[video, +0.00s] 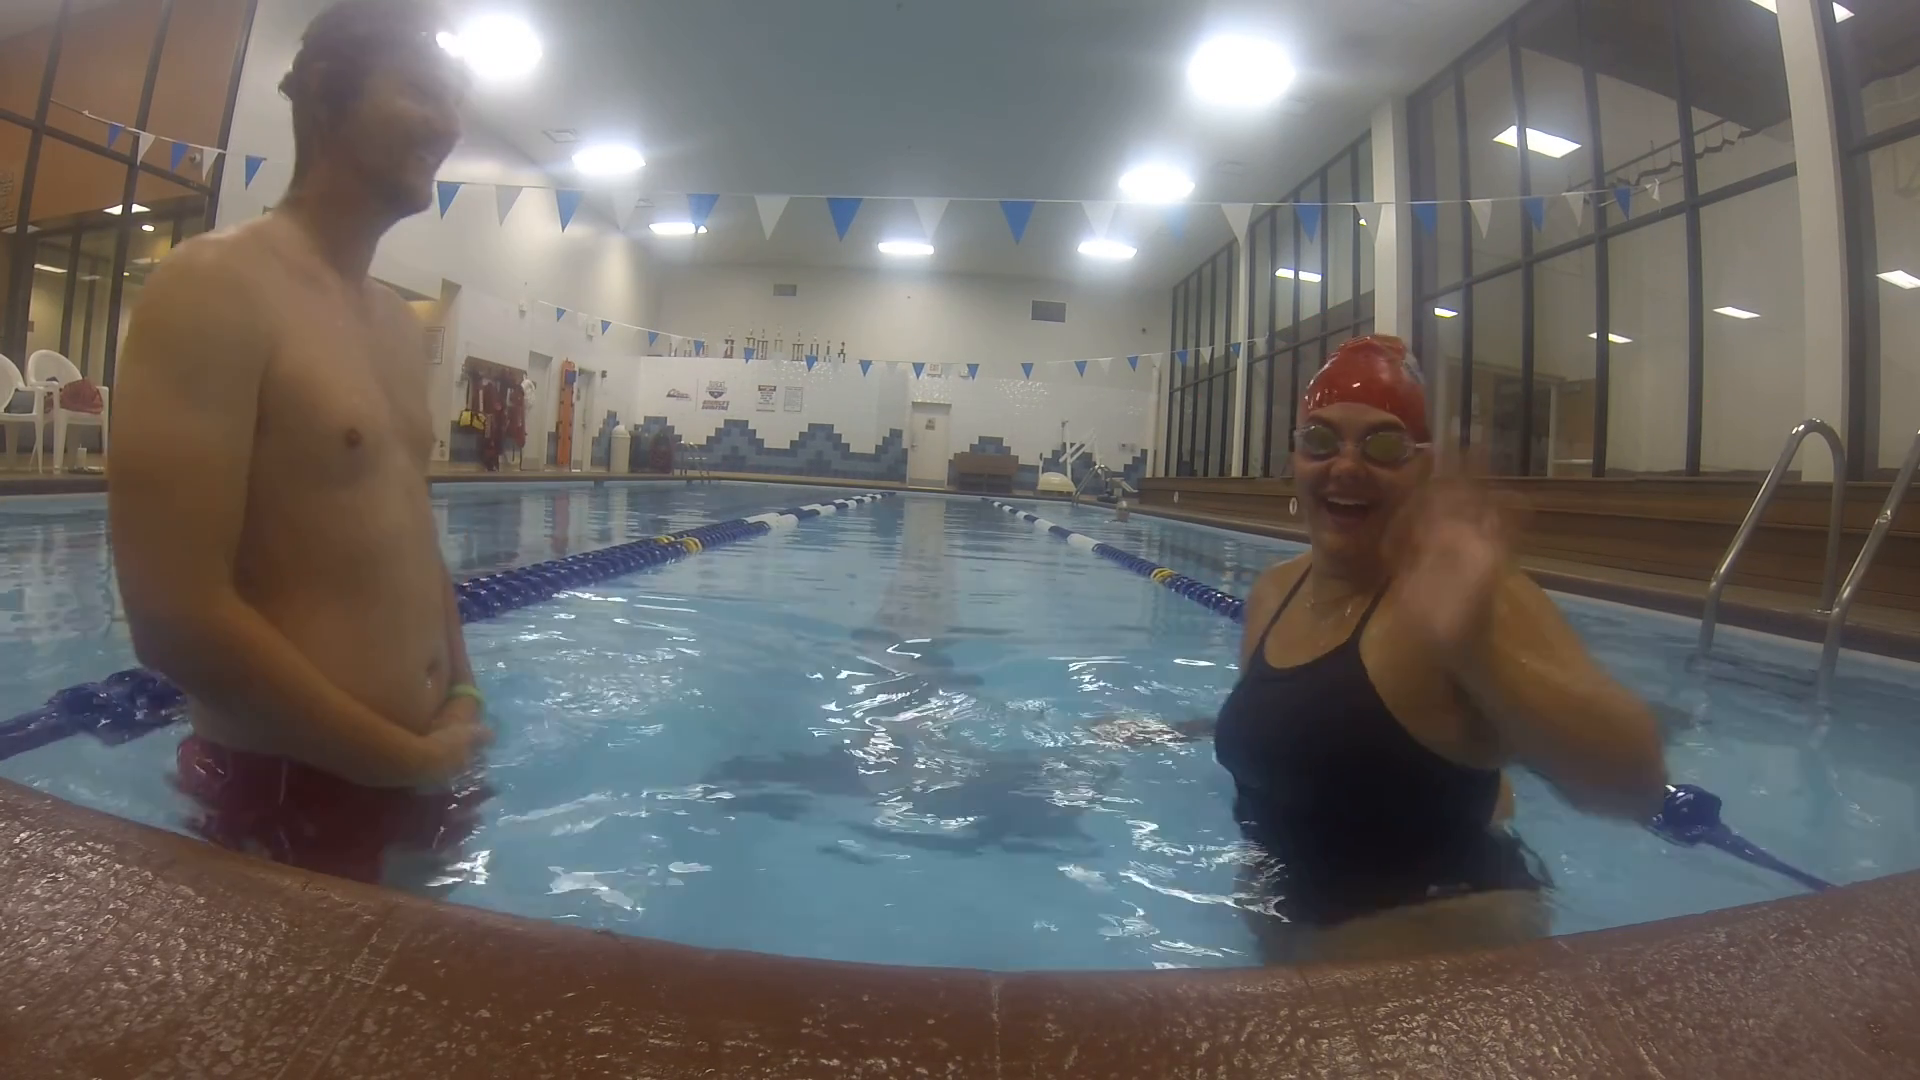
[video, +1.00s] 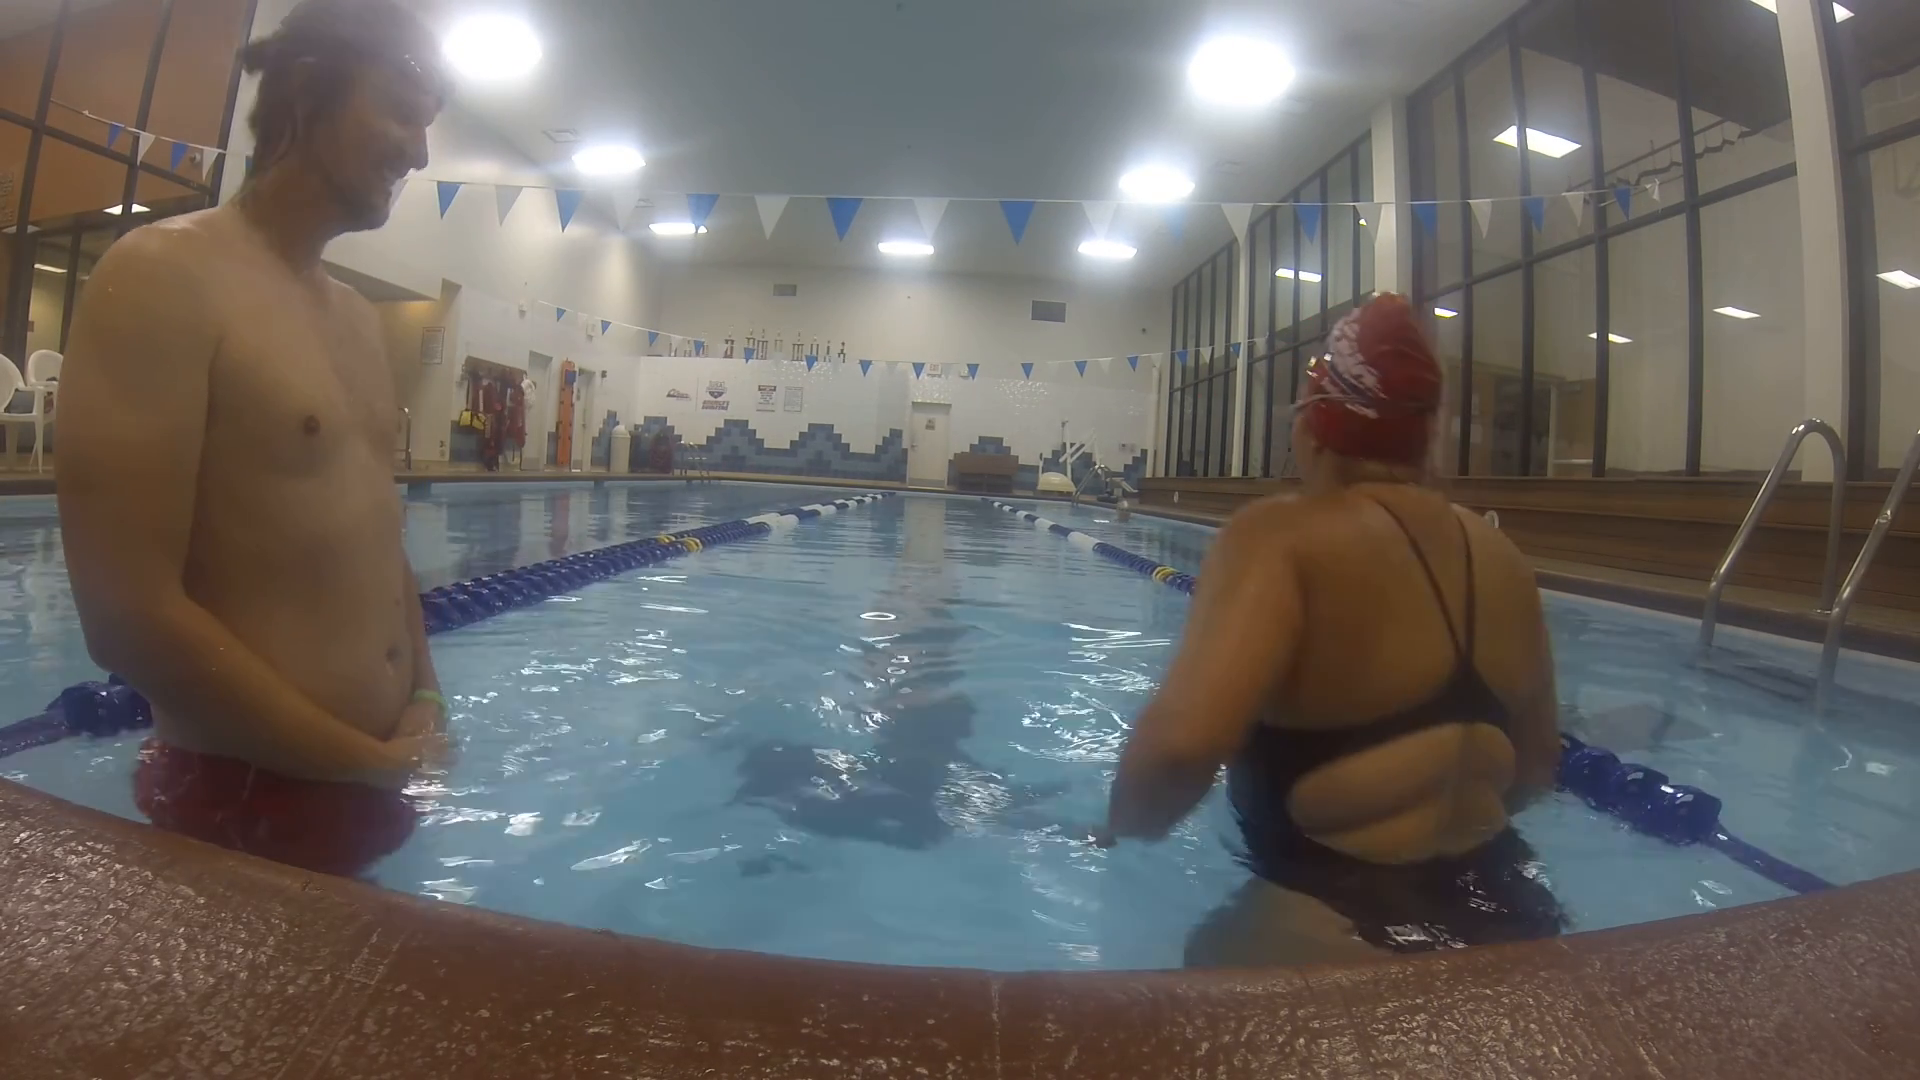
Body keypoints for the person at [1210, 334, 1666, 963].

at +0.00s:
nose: (1345, 468)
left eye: (1383, 446)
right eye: (1320, 442)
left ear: (1428, 468)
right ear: (1294, 459)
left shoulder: (1469, 595)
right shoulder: (1276, 593)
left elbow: (1634, 783)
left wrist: (1476, 650)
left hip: (1446, 955)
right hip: (1299, 943)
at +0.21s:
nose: (1300, 467)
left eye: (1339, 443)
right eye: (1293, 442)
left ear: (1420, 470)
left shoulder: (1458, 596)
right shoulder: (1319, 595)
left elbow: (1615, 796)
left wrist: (1342, 732)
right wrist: (1269, 713)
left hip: (1446, 976)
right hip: (1323, 950)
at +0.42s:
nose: (1281, 461)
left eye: (1299, 436)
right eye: (1289, 436)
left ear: (1370, 459)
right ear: (1374, 462)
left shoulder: (1426, 588)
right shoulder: (1430, 576)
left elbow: (1487, 850)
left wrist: (1249, 788)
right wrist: (1265, 780)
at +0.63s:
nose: (1302, 445)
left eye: (1314, 420)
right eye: (1311, 420)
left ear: (1354, 443)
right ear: (1439, 447)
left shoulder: (1359, 581)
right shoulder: (1503, 566)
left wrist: (1189, 792)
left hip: (1372, 950)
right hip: (1489, 935)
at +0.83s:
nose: (1306, 431)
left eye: (1314, 409)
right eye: (1314, 408)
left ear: (1332, 429)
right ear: (1442, 441)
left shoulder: (1308, 556)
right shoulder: (1511, 568)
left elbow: (1236, 778)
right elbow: (1540, 761)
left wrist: (1125, 824)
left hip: (1359, 957)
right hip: (1509, 942)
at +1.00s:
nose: (1294, 424)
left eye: (1301, 407)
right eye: (1303, 404)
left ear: (1311, 424)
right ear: (1424, 433)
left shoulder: (1278, 537)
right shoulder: (1496, 551)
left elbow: (1184, 741)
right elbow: (1534, 758)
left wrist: (1124, 833)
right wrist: (1444, 815)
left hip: (1333, 933)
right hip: (1503, 916)